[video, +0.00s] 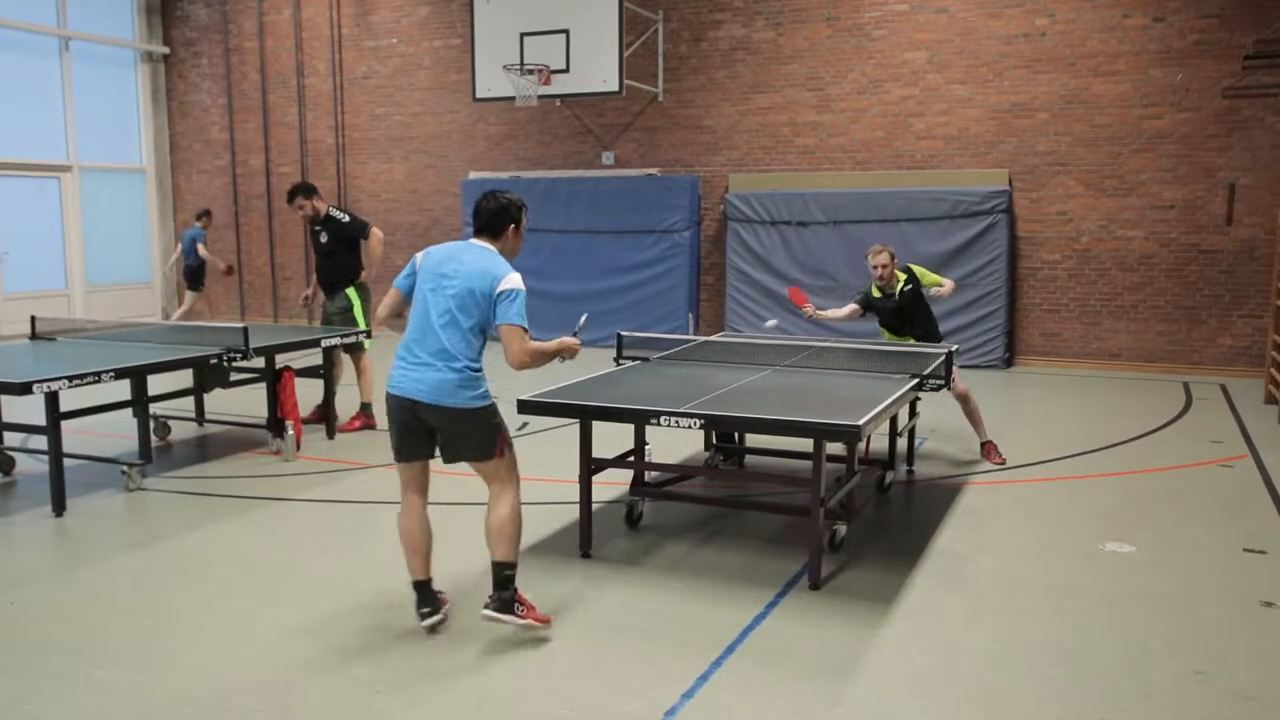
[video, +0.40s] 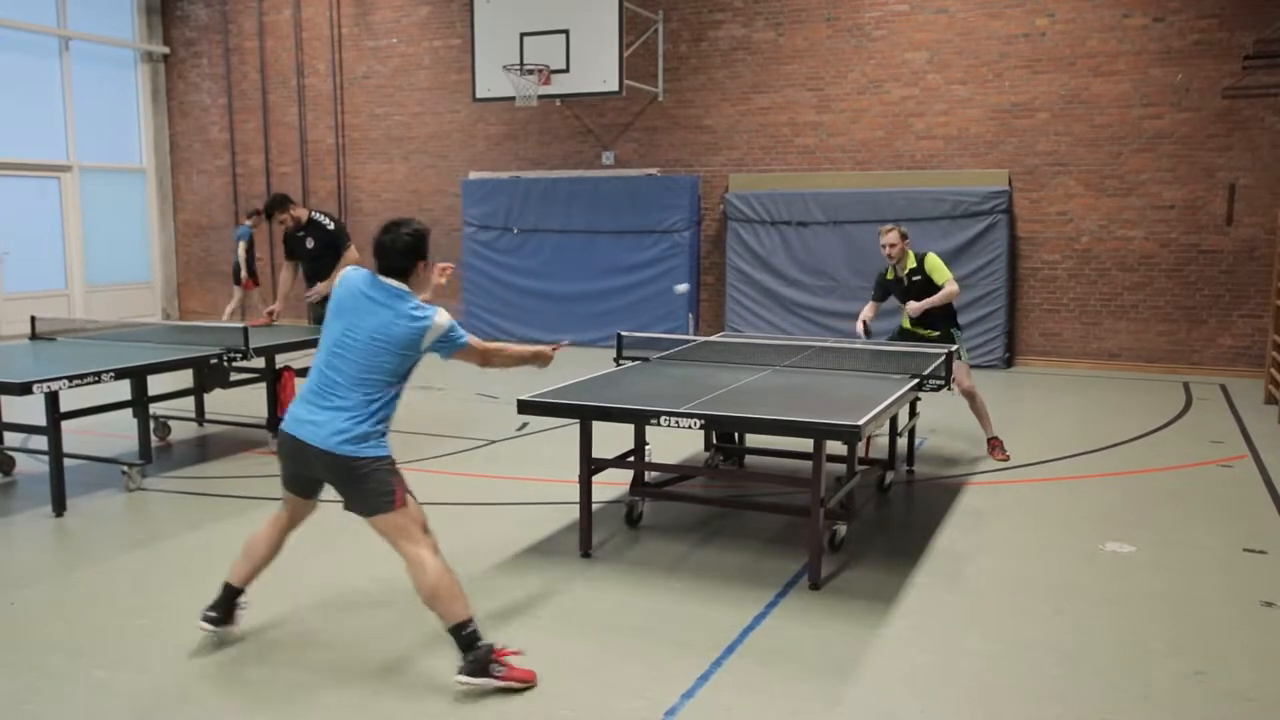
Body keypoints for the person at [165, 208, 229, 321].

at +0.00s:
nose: (210, 223)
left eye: (210, 220)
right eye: (209, 220)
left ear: (198, 219)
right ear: (204, 219)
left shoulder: (186, 233)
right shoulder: (199, 233)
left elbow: (178, 252)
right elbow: (202, 252)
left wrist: (169, 266)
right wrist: (219, 264)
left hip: (188, 269)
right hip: (196, 270)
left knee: (207, 301)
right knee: (187, 304)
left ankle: (213, 325)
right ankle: (169, 325)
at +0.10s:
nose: (223, 223)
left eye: (223, 220)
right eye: (222, 220)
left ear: (212, 219)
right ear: (217, 219)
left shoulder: (200, 233)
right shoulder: (212, 233)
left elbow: (192, 253)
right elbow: (214, 253)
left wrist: (183, 268)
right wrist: (231, 266)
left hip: (201, 268)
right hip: (209, 269)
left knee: (219, 301)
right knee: (214, 304)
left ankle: (218, 329)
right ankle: (186, 320)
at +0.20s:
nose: (235, 220)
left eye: (235, 217)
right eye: (234, 217)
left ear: (224, 216)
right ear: (229, 216)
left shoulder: (214, 229)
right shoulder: (223, 230)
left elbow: (208, 250)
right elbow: (222, 250)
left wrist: (207, 266)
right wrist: (234, 266)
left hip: (213, 264)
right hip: (221, 265)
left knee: (221, 299)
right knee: (234, 299)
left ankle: (218, 322)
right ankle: (214, 319)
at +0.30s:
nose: (248, 221)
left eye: (248, 218)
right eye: (247, 218)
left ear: (238, 216)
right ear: (241, 216)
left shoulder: (229, 228)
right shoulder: (233, 229)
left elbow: (229, 251)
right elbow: (231, 250)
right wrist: (239, 269)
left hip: (226, 266)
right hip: (233, 266)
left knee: (227, 297)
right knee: (248, 296)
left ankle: (220, 323)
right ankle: (247, 323)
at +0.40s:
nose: (260, 222)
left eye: (260, 219)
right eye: (259, 219)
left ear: (251, 218)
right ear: (254, 218)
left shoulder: (247, 231)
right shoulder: (245, 232)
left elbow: (246, 251)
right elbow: (241, 252)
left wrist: (254, 257)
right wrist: (243, 271)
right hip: (246, 268)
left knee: (237, 298)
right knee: (256, 298)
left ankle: (224, 320)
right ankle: (267, 318)